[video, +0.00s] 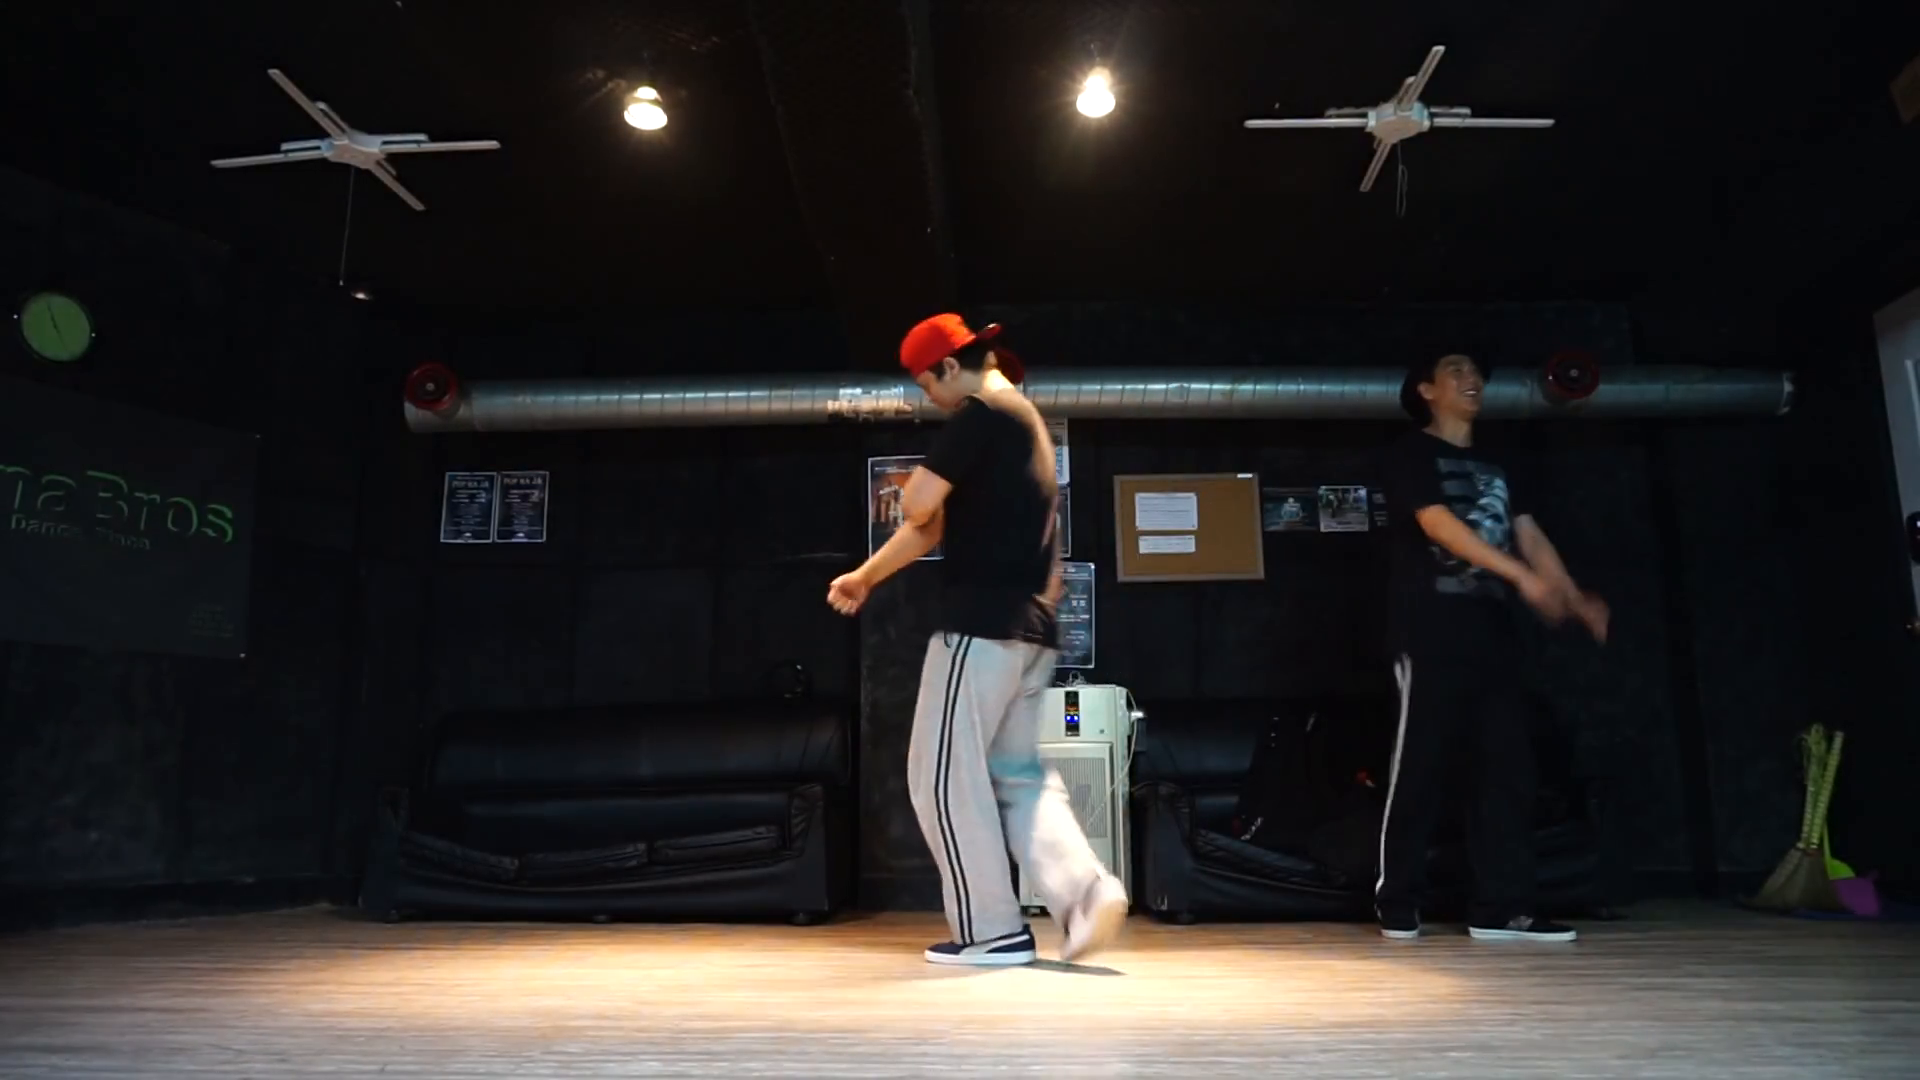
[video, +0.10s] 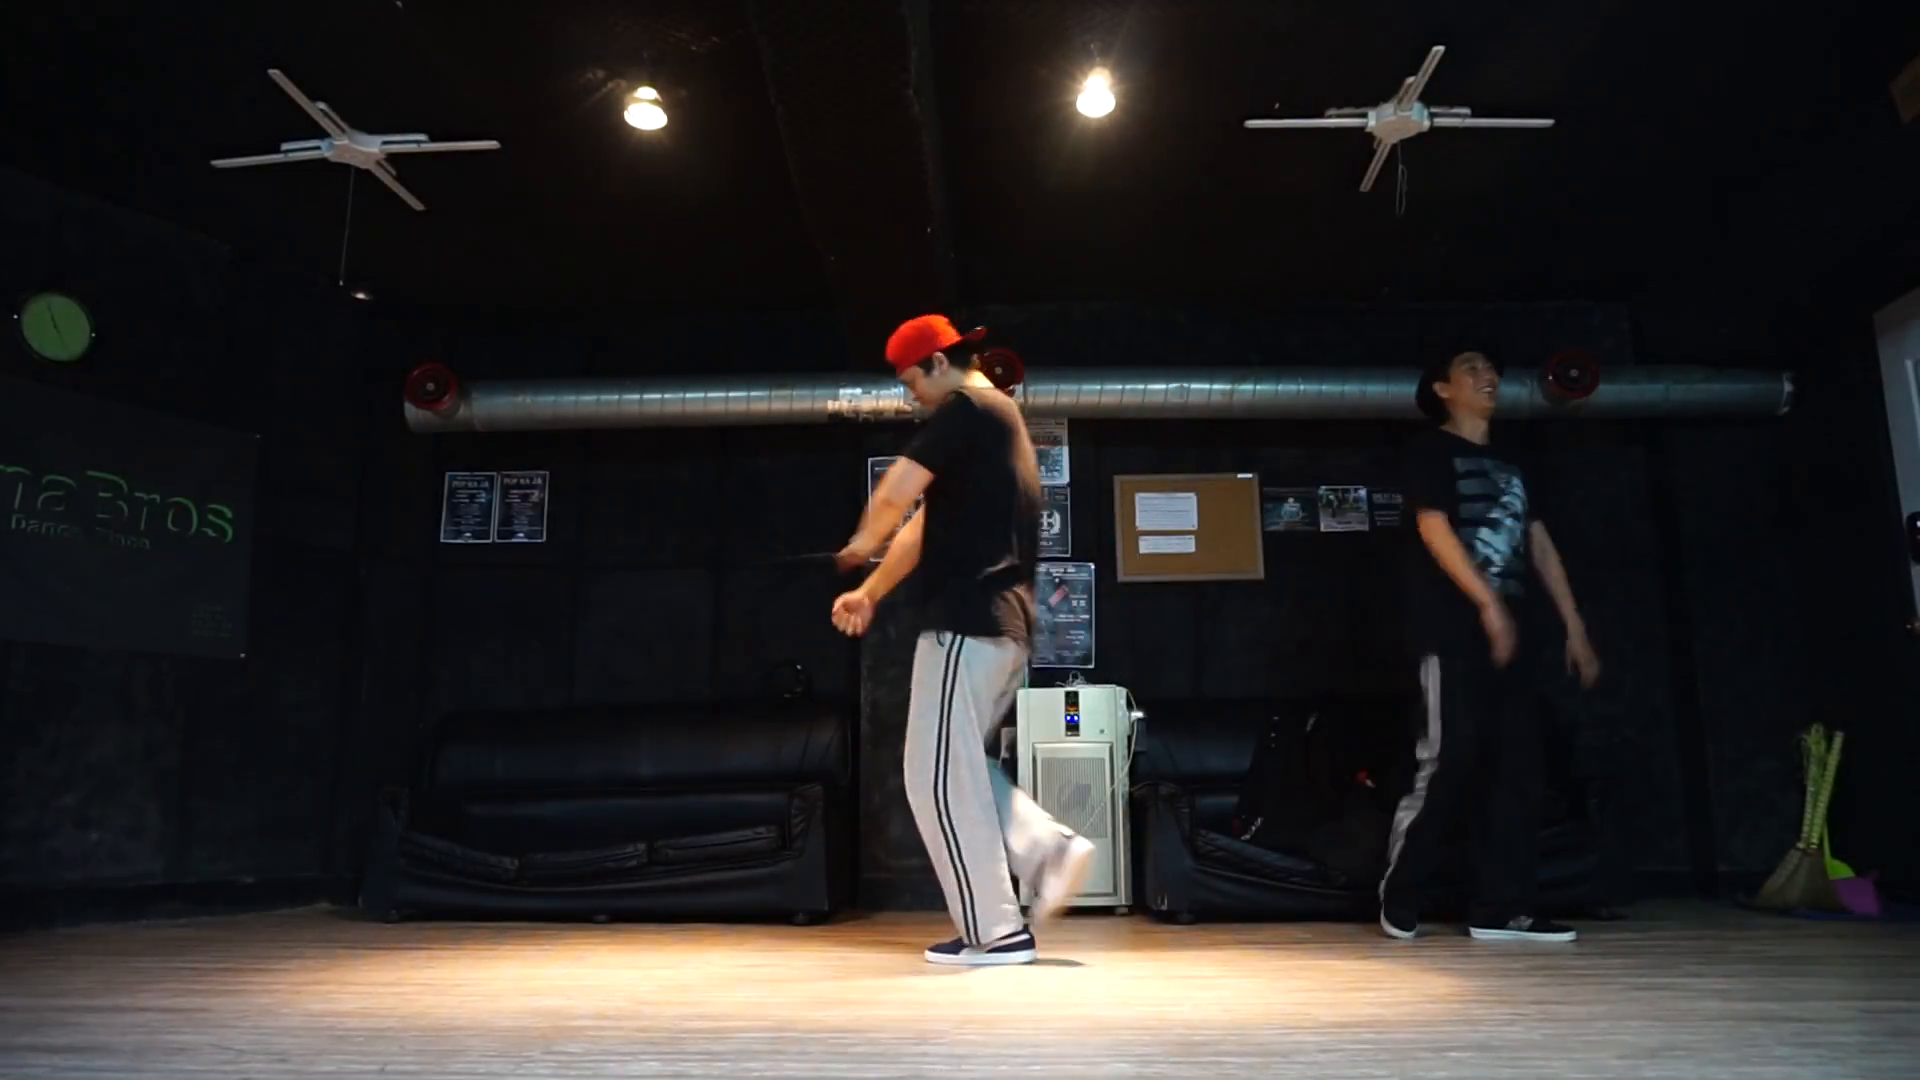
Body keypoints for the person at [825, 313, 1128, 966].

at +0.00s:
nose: (927, 400)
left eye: (925, 386)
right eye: (922, 389)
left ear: (946, 368)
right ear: (971, 361)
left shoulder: (976, 416)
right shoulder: (1023, 415)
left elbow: (917, 508)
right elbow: (933, 529)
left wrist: (916, 481)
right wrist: (866, 575)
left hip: (977, 624)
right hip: (1028, 624)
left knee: (942, 774)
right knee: (1015, 772)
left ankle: (992, 934)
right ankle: (1083, 891)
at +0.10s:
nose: (908, 396)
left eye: (909, 381)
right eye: (904, 385)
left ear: (936, 363)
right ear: (945, 362)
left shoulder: (964, 412)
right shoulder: (991, 414)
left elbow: (894, 495)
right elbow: (923, 526)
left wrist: (862, 546)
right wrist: (871, 592)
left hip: (963, 624)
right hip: (995, 622)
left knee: (937, 774)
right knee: (957, 763)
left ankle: (993, 933)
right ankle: (1046, 853)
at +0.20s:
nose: (892, 394)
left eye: (892, 380)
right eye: (888, 382)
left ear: (914, 364)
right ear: (940, 360)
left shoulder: (943, 409)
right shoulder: (978, 415)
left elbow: (872, 495)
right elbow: (919, 529)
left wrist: (818, 571)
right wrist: (853, 589)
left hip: (951, 622)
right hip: (961, 618)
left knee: (938, 777)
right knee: (879, 739)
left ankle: (996, 932)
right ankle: (992, 834)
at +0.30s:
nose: (872, 396)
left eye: (872, 383)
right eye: (868, 385)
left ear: (894, 368)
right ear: (920, 363)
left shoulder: (918, 410)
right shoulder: (958, 416)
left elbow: (856, 502)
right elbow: (913, 529)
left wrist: (806, 584)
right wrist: (820, 541)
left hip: (930, 622)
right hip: (936, 618)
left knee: (933, 770)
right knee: (847, 732)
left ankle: (1000, 930)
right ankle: (913, 874)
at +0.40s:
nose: (849, 397)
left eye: (851, 384)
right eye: (846, 386)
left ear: (877, 370)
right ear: (898, 369)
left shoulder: (890, 418)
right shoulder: (936, 423)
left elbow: (836, 508)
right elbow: (908, 537)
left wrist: (787, 589)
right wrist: (836, 513)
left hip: (908, 626)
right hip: (913, 625)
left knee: (926, 772)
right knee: (831, 753)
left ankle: (1001, 927)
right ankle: (840, 914)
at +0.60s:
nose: (804, 395)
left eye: (810, 382)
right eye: (801, 384)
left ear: (843, 373)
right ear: (845, 376)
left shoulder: (860, 428)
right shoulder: (878, 430)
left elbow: (807, 519)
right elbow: (846, 521)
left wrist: (753, 594)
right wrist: (796, 505)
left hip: (861, 631)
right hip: (837, 632)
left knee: (860, 771)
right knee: (797, 771)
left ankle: (974, 899)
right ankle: (820, 925)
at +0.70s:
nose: (785, 385)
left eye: (793, 371)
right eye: (782, 374)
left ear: (829, 368)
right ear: (812, 375)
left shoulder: (855, 427)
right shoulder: (834, 432)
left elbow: (787, 507)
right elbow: (778, 507)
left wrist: (722, 580)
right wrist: (774, 523)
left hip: (847, 627)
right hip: (819, 627)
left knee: (810, 761)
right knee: (783, 765)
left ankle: (927, 865)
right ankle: (820, 923)